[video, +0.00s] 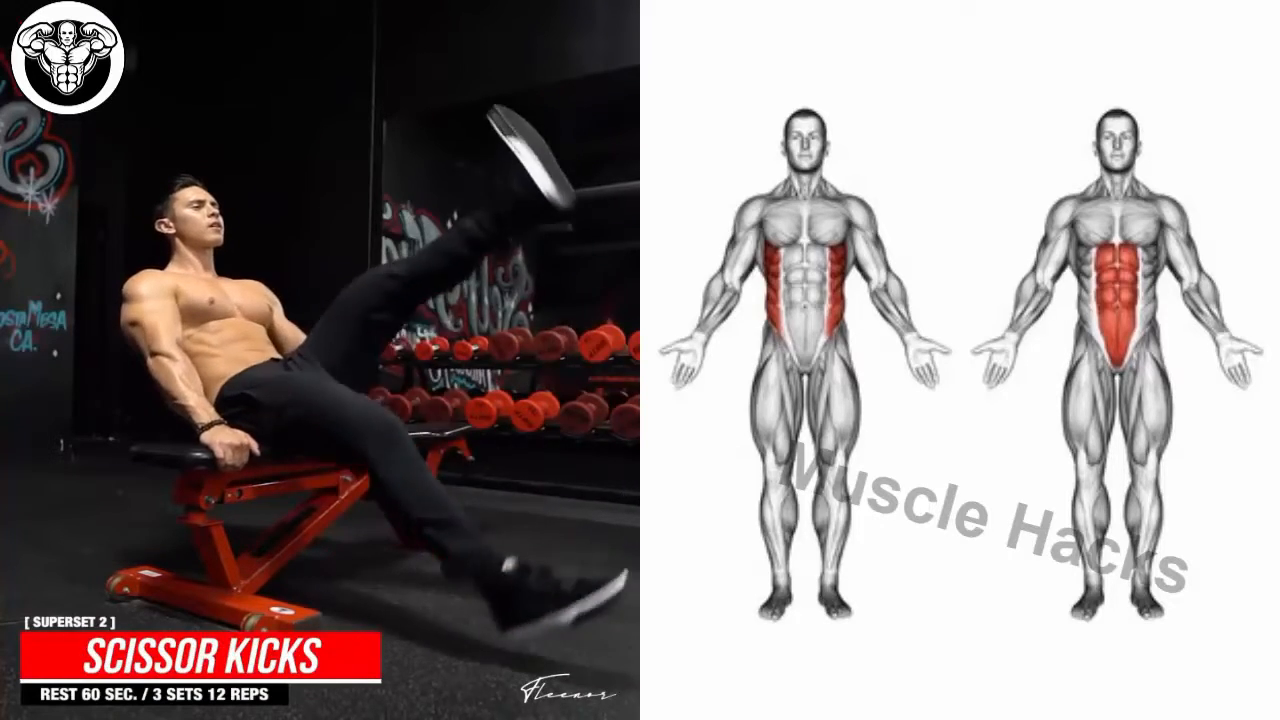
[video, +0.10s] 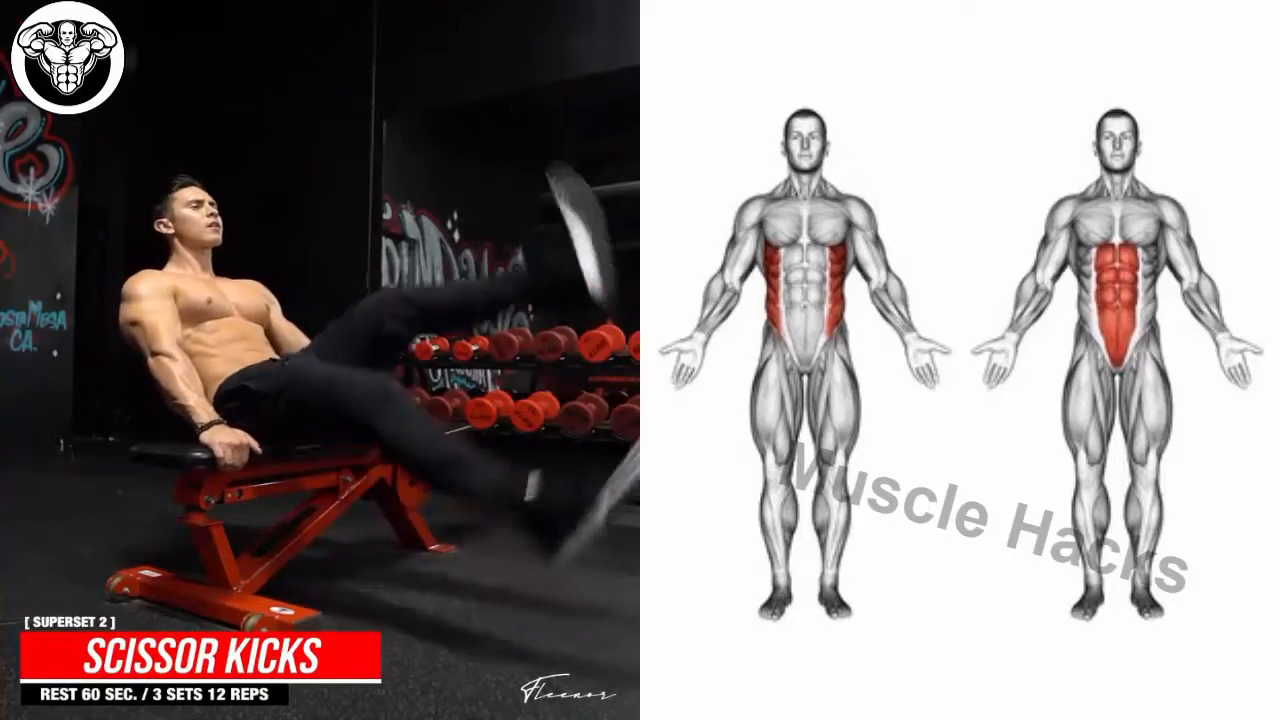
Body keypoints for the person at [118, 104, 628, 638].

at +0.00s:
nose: (212, 212)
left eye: (214, 205)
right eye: (197, 205)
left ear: (217, 223)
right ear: (167, 225)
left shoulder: (253, 290)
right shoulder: (150, 284)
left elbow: (310, 353)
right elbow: (164, 355)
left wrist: (372, 405)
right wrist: (209, 425)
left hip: (300, 375)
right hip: (246, 388)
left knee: (376, 290)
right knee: (375, 425)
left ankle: (517, 210)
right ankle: (501, 584)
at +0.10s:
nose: (212, 214)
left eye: (213, 206)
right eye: (197, 207)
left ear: (215, 224)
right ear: (166, 226)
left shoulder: (252, 290)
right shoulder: (148, 286)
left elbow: (309, 354)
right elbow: (164, 355)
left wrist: (373, 393)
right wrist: (208, 425)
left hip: (295, 378)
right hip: (243, 393)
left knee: (385, 306)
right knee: (376, 395)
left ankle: (544, 279)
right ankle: (532, 503)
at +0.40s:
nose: (207, 214)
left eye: (207, 207)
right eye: (192, 208)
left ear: (209, 225)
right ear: (161, 228)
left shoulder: (252, 286)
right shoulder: (145, 290)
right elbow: (162, 362)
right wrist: (208, 426)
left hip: (306, 392)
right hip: (246, 387)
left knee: (432, 436)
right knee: (338, 273)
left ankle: (541, 581)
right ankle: (476, 187)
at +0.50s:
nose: (208, 214)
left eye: (210, 207)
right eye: (192, 208)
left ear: (214, 224)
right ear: (162, 227)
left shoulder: (251, 285)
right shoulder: (145, 289)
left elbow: (303, 329)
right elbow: (163, 361)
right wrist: (208, 425)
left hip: (303, 391)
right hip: (244, 384)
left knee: (432, 433)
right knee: (326, 273)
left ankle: (516, 587)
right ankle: (457, 180)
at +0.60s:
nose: (208, 215)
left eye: (207, 208)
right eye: (192, 209)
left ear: (209, 225)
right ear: (161, 227)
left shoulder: (252, 291)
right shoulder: (143, 290)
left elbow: (303, 345)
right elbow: (165, 362)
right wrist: (208, 426)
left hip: (302, 397)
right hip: (242, 394)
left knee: (418, 405)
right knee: (329, 296)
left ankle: (551, 531)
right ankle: (497, 228)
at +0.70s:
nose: (204, 220)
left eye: (205, 212)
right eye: (188, 213)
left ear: (209, 229)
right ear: (159, 232)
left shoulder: (252, 291)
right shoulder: (142, 293)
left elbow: (298, 360)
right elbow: (166, 360)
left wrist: (360, 416)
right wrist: (208, 423)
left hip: (298, 399)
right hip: (241, 398)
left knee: (425, 372)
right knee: (344, 319)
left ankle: (586, 427)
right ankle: (536, 335)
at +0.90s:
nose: (203, 221)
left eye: (204, 215)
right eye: (187, 215)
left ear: (206, 235)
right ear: (156, 236)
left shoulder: (249, 293)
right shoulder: (143, 296)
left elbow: (307, 354)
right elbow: (166, 361)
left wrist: (361, 393)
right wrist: (209, 426)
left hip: (300, 376)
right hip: (246, 389)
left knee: (393, 295)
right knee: (375, 412)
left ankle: (537, 214)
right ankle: (514, 550)